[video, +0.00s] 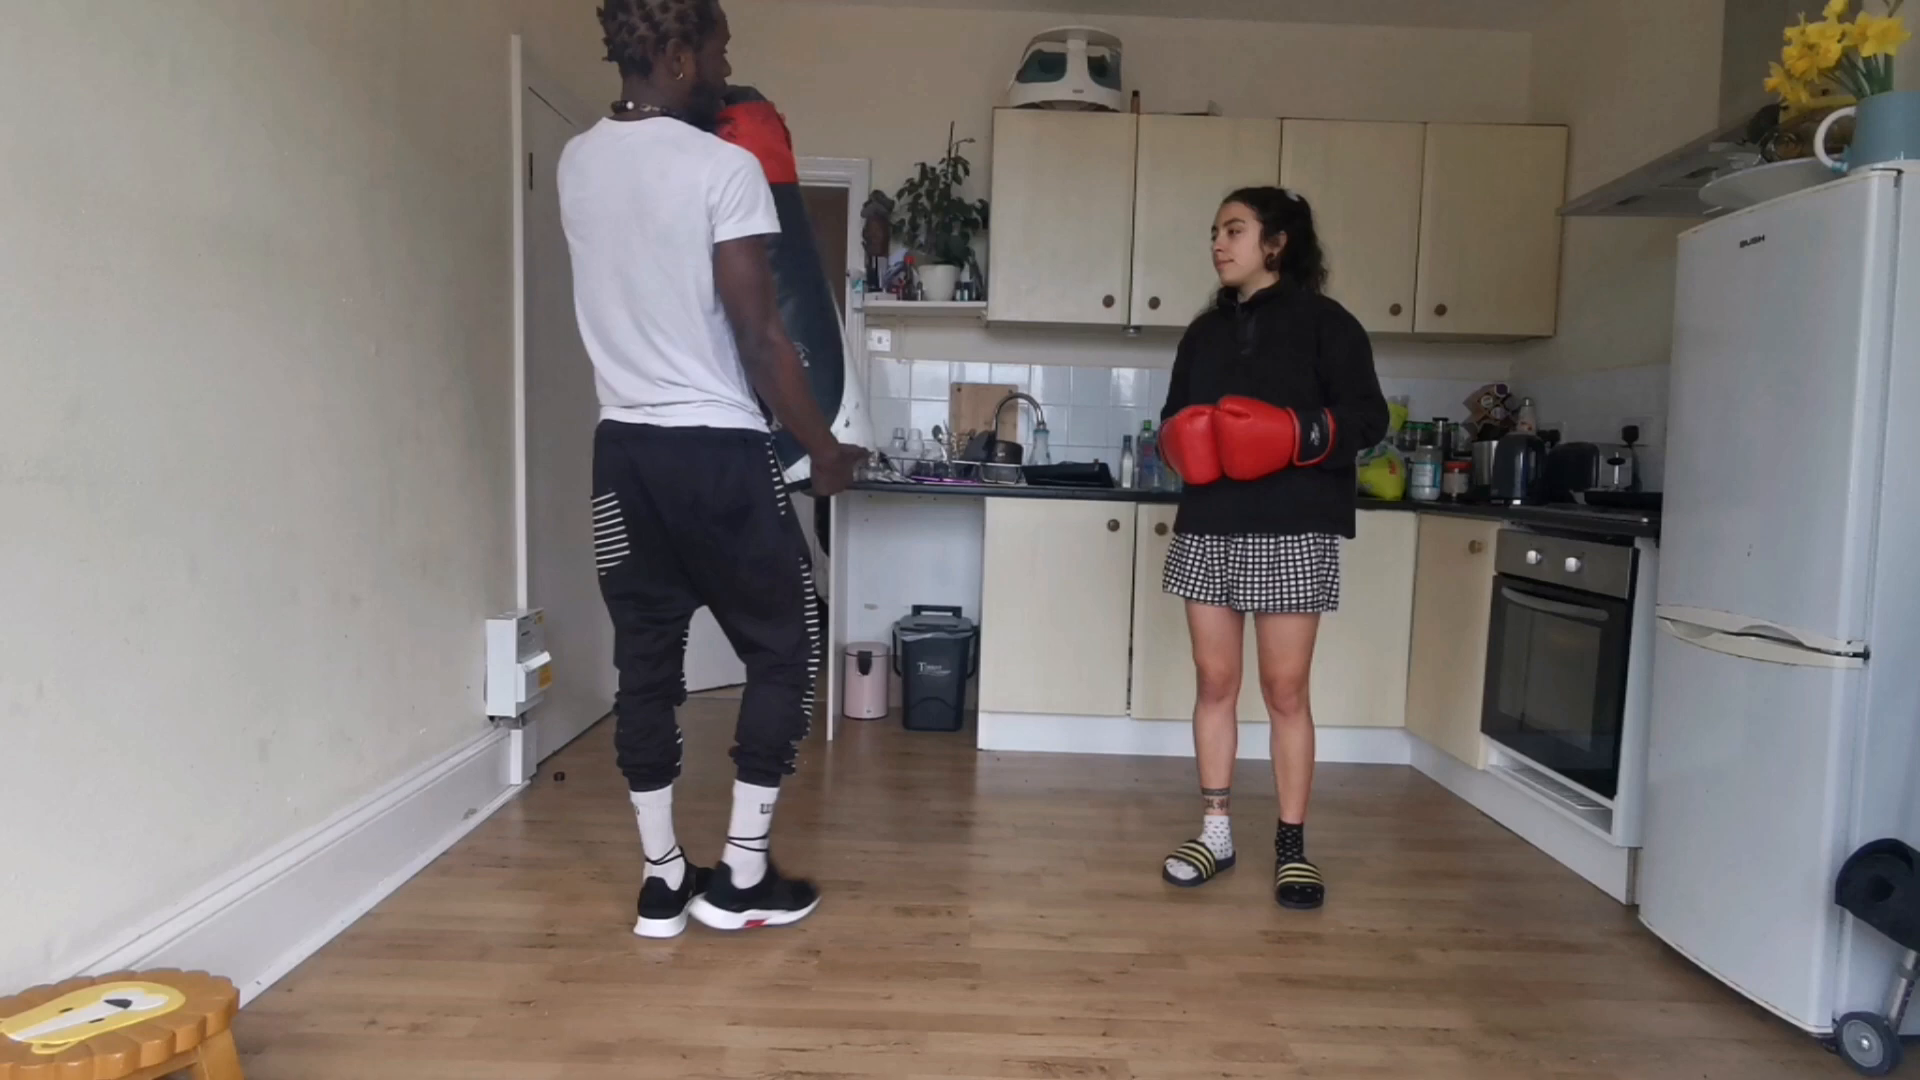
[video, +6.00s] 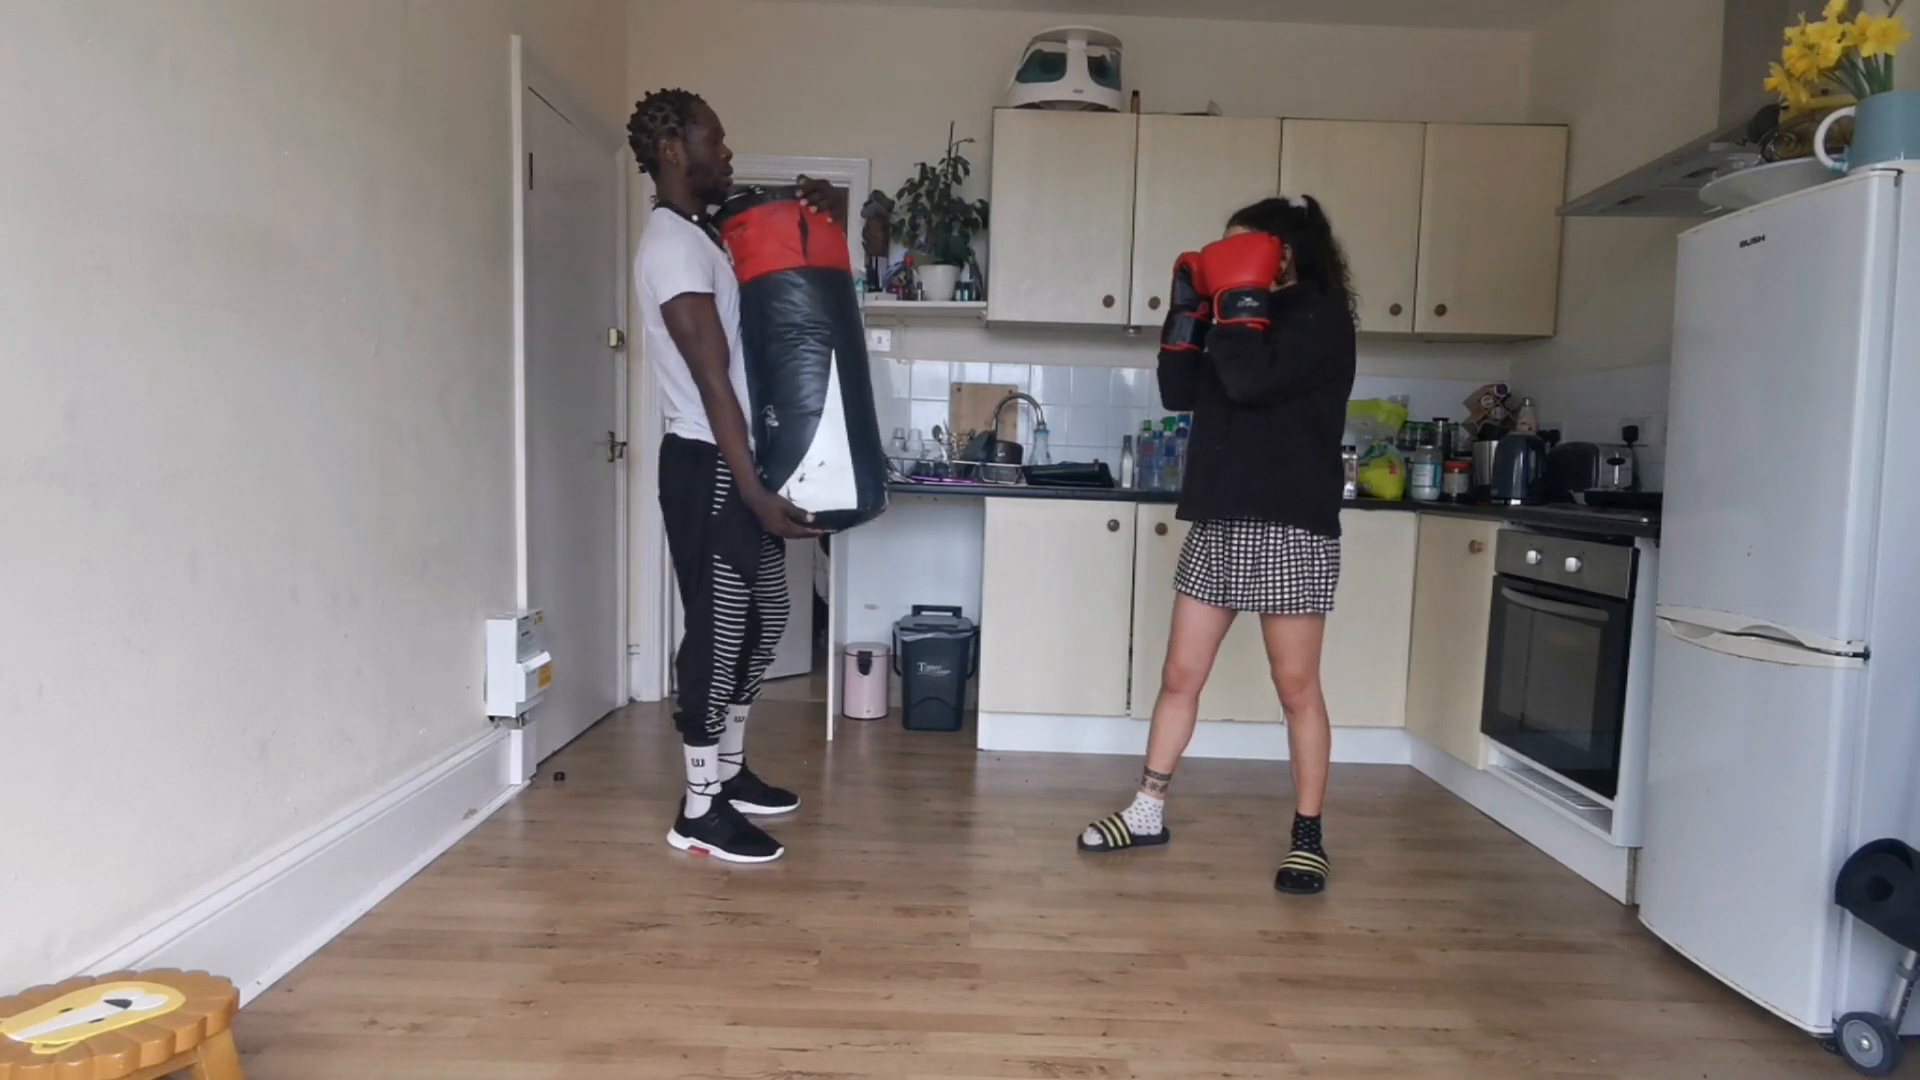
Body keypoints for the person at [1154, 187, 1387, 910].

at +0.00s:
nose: (1217, 244)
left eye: (1232, 231)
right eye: (1216, 233)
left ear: (1277, 242)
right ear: (1224, 245)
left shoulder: (1327, 323)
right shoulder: (1204, 330)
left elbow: (1370, 418)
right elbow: (1178, 425)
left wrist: (1301, 432)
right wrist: (1181, 443)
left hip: (1295, 525)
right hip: (1209, 522)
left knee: (1285, 689)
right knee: (1214, 680)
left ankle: (1291, 845)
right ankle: (1214, 832)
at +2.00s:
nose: (1215, 267)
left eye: (1225, 253)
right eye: (1214, 253)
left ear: (1272, 255)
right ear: (1251, 257)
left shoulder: (1326, 322)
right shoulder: (1248, 337)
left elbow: (1354, 430)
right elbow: (1257, 436)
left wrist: (1256, 431)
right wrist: (1198, 448)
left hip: (1340, 532)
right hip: (1270, 533)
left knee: (1321, 698)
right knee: (1263, 686)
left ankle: (1356, 859)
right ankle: (1243, 830)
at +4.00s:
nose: (1195, 270)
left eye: (1205, 258)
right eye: (1193, 259)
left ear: (1248, 260)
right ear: (1222, 264)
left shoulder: (1291, 320)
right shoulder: (1221, 325)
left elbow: (1239, 413)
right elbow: (1184, 423)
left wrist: (1208, 333)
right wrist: (1160, 348)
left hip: (1298, 526)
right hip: (1226, 524)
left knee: (1291, 687)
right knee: (1167, 658)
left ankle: (1294, 833)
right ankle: (1164, 806)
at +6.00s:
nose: (1237, 261)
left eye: (1249, 248)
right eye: (1235, 248)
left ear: (1288, 255)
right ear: (1248, 262)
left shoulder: (1323, 318)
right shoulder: (1237, 319)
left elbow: (1247, 382)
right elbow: (1177, 392)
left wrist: (1241, 304)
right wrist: (1186, 305)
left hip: (1293, 518)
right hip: (1218, 514)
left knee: (1297, 684)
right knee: (1180, 674)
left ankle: (1307, 835)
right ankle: (1148, 810)